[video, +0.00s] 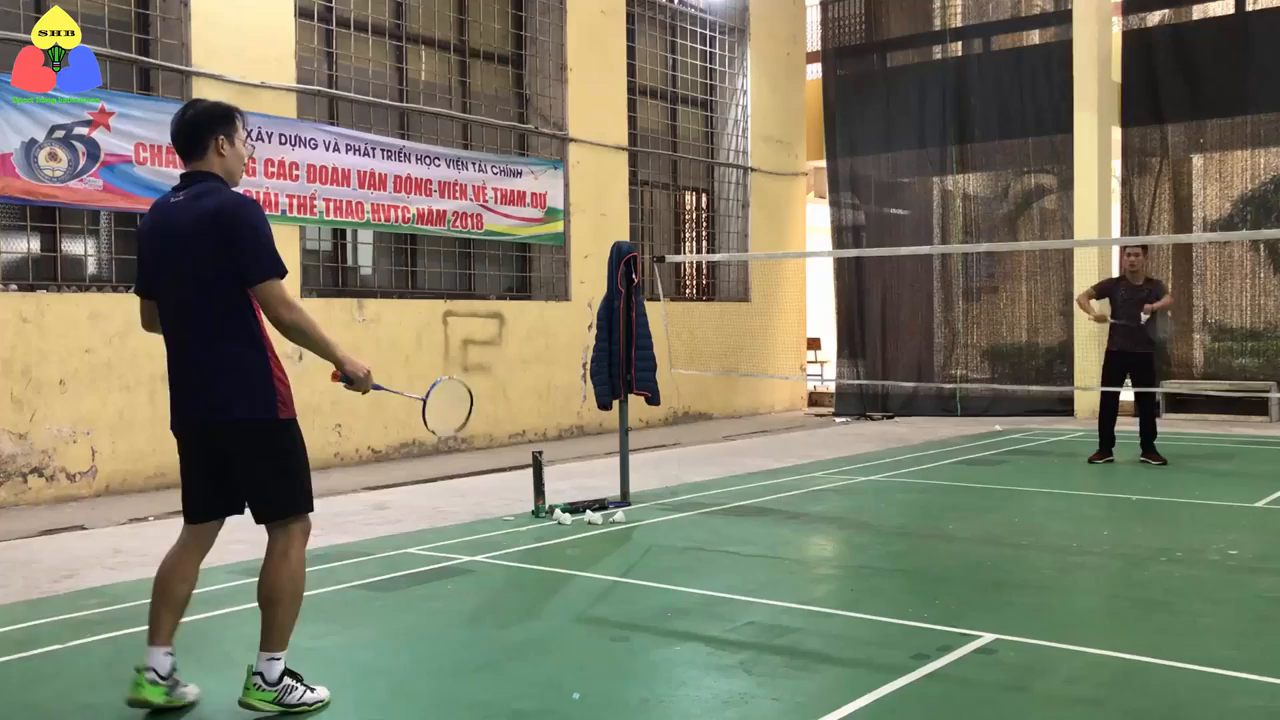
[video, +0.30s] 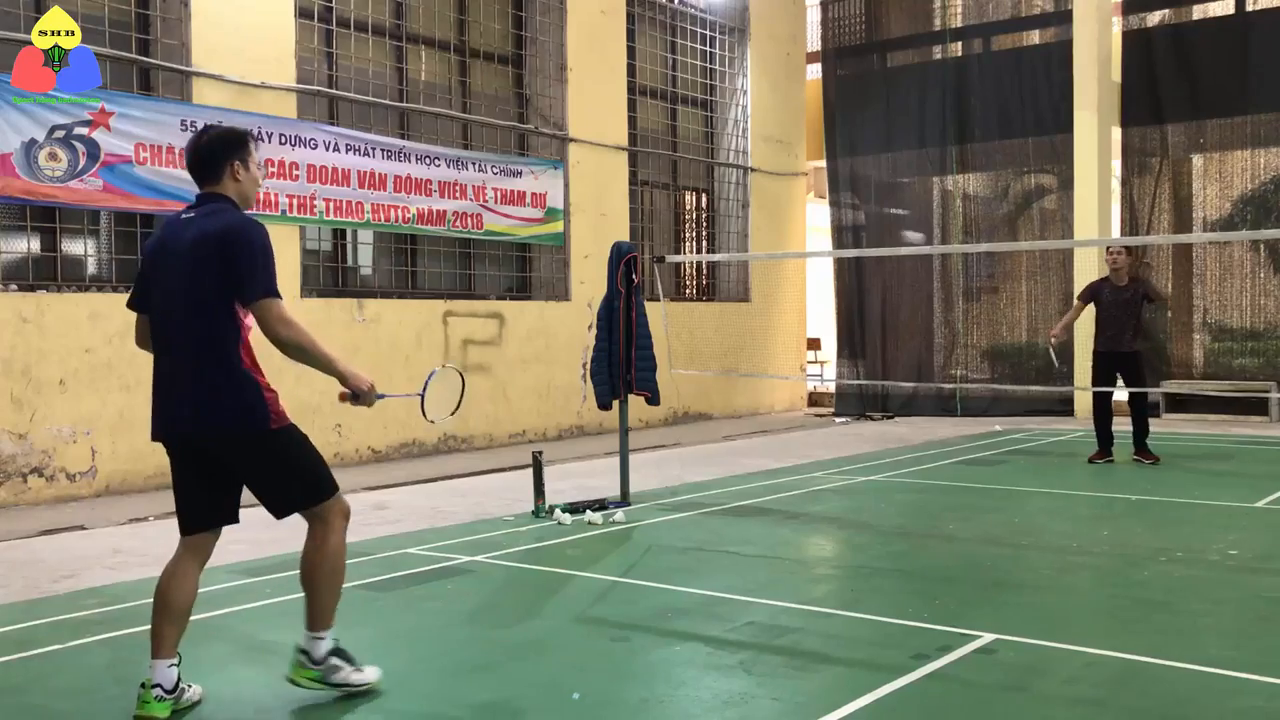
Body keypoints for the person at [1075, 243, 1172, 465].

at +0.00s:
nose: (1132, 259)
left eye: (1136, 255)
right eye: (1128, 255)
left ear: (1145, 259)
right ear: (1122, 259)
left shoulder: (1154, 286)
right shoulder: (1113, 284)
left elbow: (1169, 300)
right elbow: (1081, 298)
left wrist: (1154, 307)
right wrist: (1093, 314)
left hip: (1143, 352)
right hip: (1116, 351)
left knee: (1146, 402)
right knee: (1108, 401)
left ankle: (1148, 450)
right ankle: (1105, 449)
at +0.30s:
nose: (1114, 257)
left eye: (1119, 253)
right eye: (1110, 253)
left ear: (1130, 259)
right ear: (1105, 259)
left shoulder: (1140, 286)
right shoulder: (1097, 287)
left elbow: (1166, 302)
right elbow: (1076, 311)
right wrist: (1059, 327)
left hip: (1131, 353)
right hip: (1103, 354)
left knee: (1139, 399)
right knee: (1101, 402)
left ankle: (1141, 448)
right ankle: (1104, 449)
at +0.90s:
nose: (1110, 260)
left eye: (1115, 256)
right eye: (1107, 257)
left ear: (1125, 260)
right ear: (1103, 261)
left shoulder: (1136, 291)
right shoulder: (1095, 289)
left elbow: (1152, 315)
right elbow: (1073, 315)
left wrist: (1155, 309)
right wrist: (1075, 311)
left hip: (1125, 354)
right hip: (1099, 352)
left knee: (1124, 402)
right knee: (1087, 394)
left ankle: (1120, 448)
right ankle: (1090, 445)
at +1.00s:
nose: (1107, 261)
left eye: (1112, 257)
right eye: (1105, 257)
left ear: (1123, 260)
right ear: (1101, 261)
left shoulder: (1135, 291)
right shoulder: (1094, 289)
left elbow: (1151, 316)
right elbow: (1066, 308)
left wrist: (1154, 308)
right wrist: (1079, 294)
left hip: (1124, 356)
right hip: (1097, 354)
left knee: (1123, 405)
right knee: (1086, 400)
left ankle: (1119, 448)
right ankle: (1081, 449)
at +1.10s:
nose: (1104, 260)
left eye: (1109, 257)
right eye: (1102, 257)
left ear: (1121, 261)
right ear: (1099, 261)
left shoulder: (1131, 292)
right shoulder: (1090, 287)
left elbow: (1147, 320)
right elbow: (1061, 294)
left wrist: (1152, 309)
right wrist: (1073, 272)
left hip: (1121, 355)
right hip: (1094, 354)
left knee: (1122, 405)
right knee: (1086, 403)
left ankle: (1119, 448)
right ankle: (1080, 451)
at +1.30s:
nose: (1093, 259)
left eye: (1098, 255)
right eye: (1091, 256)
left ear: (1110, 261)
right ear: (1089, 261)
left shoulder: (1120, 292)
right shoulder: (1079, 286)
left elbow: (1135, 316)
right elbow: (1050, 276)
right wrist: (1060, 248)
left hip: (1110, 355)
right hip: (1083, 353)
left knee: (1117, 403)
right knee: (1077, 402)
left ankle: (1118, 446)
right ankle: (1079, 451)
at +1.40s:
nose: (1084, 256)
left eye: (1090, 253)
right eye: (1084, 253)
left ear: (1103, 260)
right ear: (1083, 260)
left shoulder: (1115, 290)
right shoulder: (1073, 284)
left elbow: (1132, 318)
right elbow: (1045, 270)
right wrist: (1039, 243)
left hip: (1105, 353)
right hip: (1078, 352)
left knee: (1118, 400)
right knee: (1075, 401)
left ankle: (1118, 442)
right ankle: (1079, 451)